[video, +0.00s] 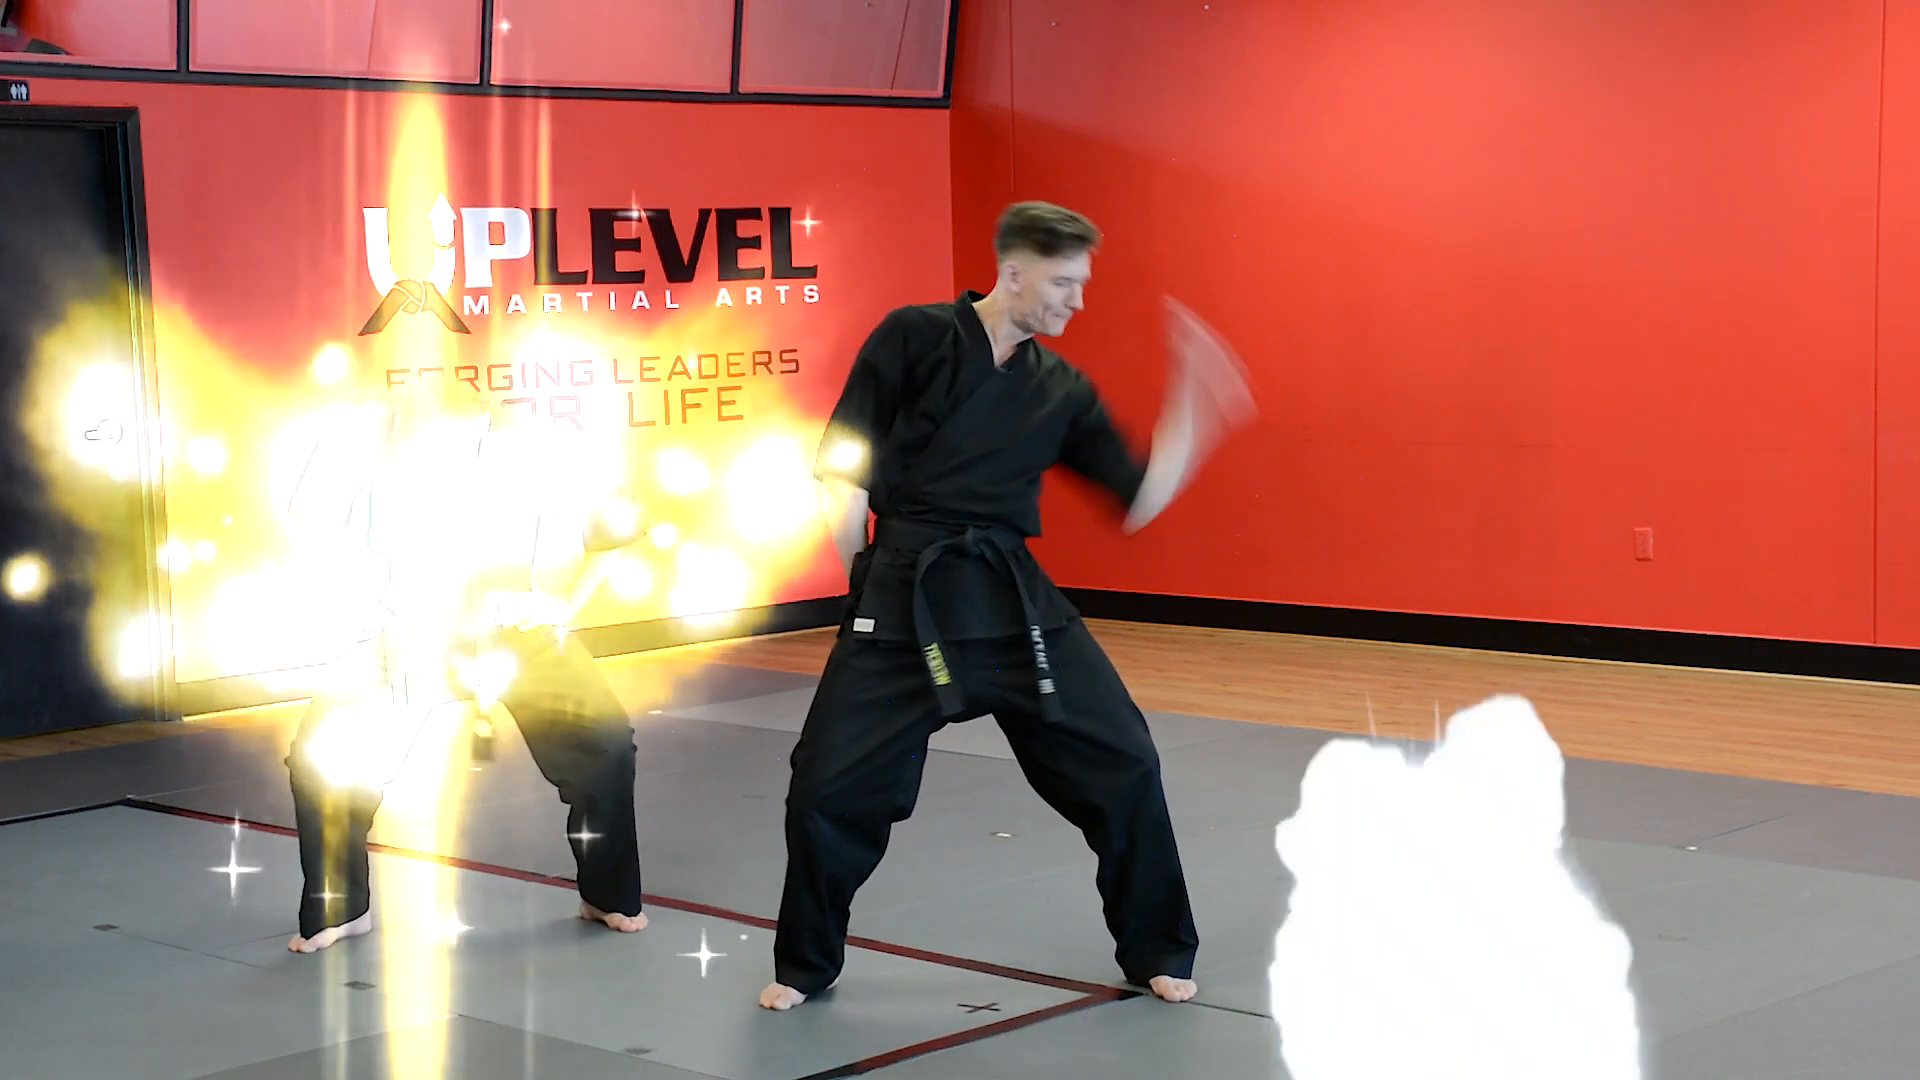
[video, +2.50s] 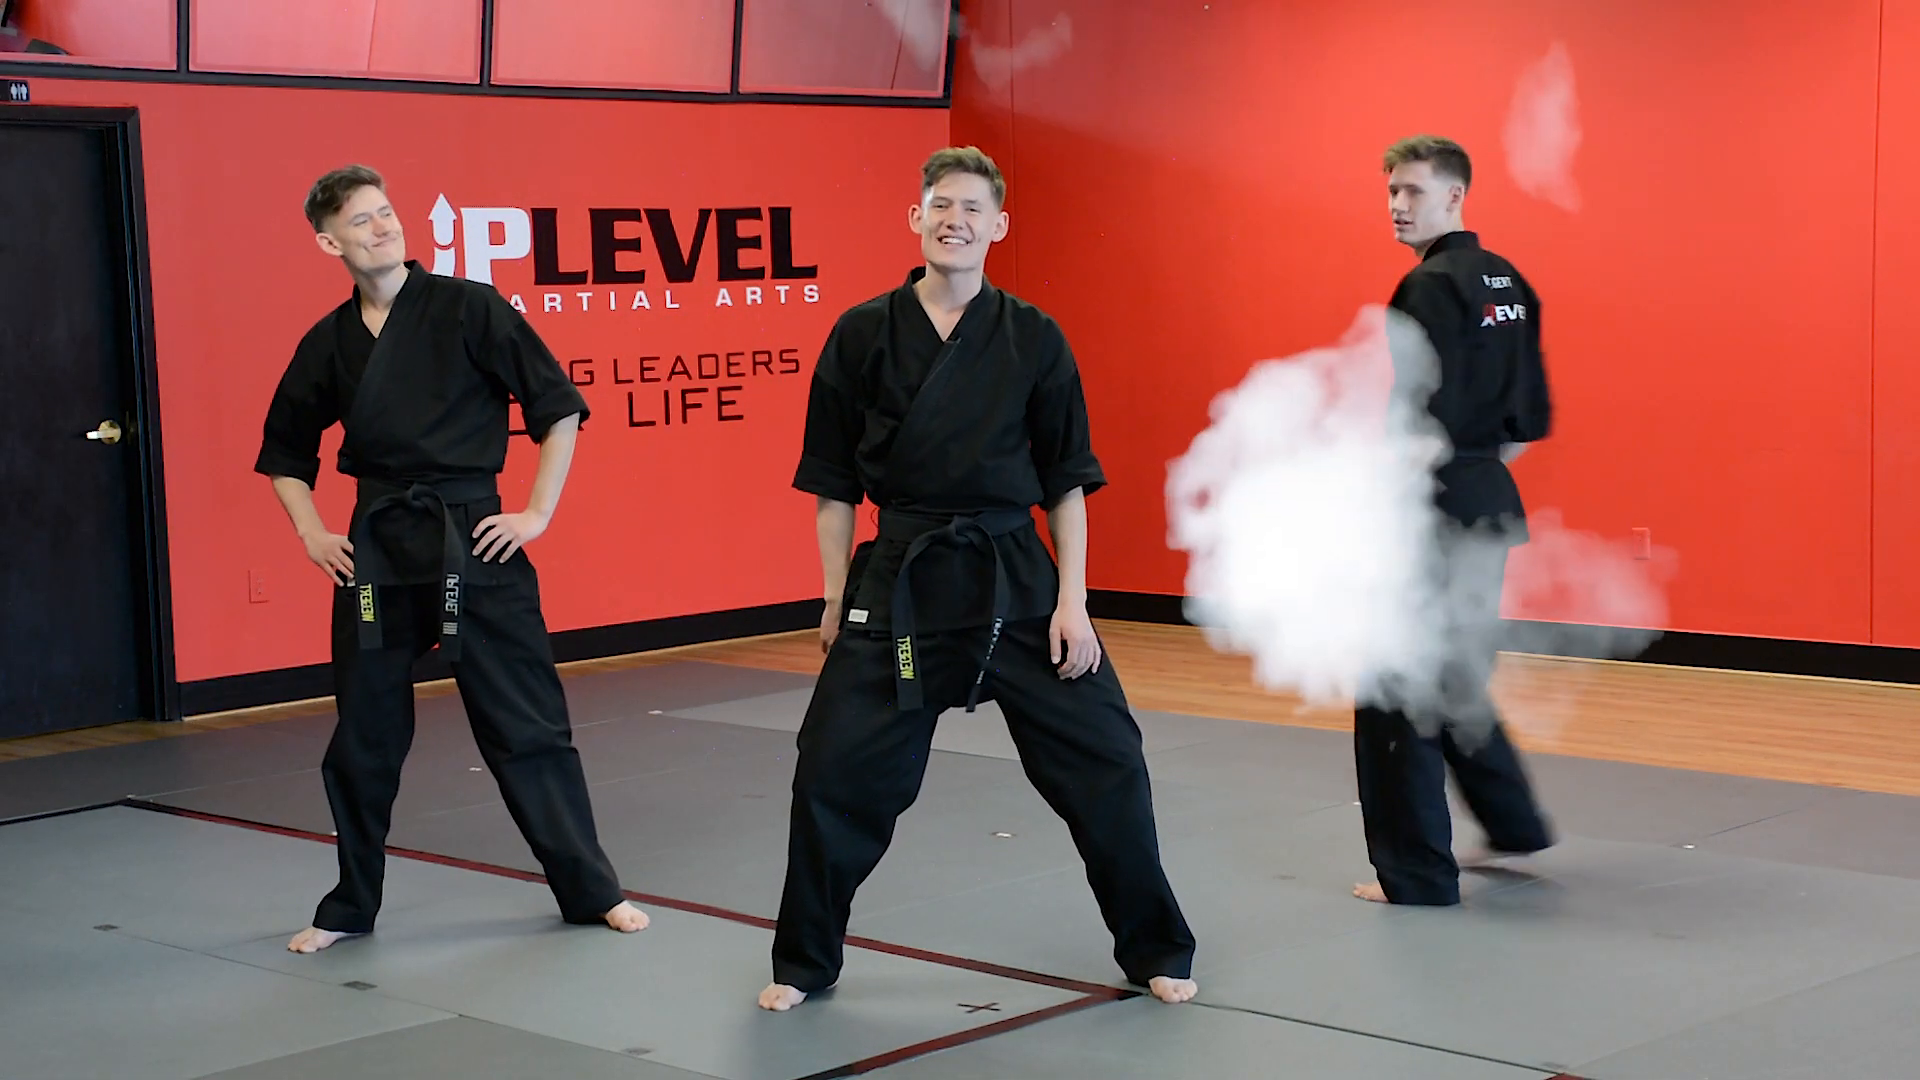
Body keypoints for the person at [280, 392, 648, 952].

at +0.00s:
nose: (412, 380)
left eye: (426, 362)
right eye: (394, 366)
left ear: (458, 356)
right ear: (369, 364)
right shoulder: (357, 445)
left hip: (514, 628)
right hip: (401, 636)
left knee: (604, 739)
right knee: (317, 756)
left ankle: (606, 890)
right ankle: (337, 903)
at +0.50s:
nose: (422, 264)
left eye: (441, 246)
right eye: (412, 246)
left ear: (478, 248)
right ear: (398, 250)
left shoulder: (523, 337)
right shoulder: (367, 333)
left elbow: (602, 447)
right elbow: (326, 458)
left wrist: (554, 533)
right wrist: (349, 563)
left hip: (509, 564)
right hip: (400, 568)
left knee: (565, 719)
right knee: (345, 720)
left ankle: (608, 886)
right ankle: (347, 894)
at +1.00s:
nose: (418, 201)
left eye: (430, 194)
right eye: (402, 193)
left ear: (451, 220)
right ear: (374, 217)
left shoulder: (501, 310)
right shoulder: (348, 326)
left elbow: (583, 416)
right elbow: (297, 437)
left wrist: (547, 517)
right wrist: (322, 527)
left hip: (490, 543)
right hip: (388, 549)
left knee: (536, 728)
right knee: (367, 740)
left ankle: (595, 892)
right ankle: (350, 905)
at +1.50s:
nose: (399, 237)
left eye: (408, 222)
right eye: (382, 226)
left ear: (425, 225)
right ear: (352, 234)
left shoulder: (484, 311)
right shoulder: (334, 334)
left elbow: (570, 412)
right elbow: (283, 443)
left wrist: (541, 516)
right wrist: (312, 530)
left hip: (479, 540)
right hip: (379, 547)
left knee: (530, 727)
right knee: (363, 741)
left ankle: (593, 892)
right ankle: (352, 905)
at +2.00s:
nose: (387, 217)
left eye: (392, 204)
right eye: (366, 212)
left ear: (410, 218)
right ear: (337, 239)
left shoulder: (476, 309)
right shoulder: (331, 340)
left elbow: (564, 409)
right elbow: (281, 447)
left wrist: (538, 516)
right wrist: (311, 533)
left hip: (476, 538)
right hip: (378, 546)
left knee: (529, 725)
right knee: (362, 740)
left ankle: (592, 892)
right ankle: (352, 904)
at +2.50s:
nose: (381, 226)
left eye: (386, 212)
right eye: (360, 220)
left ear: (403, 223)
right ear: (330, 245)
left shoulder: (472, 308)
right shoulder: (327, 344)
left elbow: (561, 407)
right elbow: (285, 450)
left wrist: (537, 514)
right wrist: (311, 531)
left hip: (476, 539)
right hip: (378, 546)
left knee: (529, 725)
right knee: (363, 740)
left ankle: (591, 892)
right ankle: (351, 906)